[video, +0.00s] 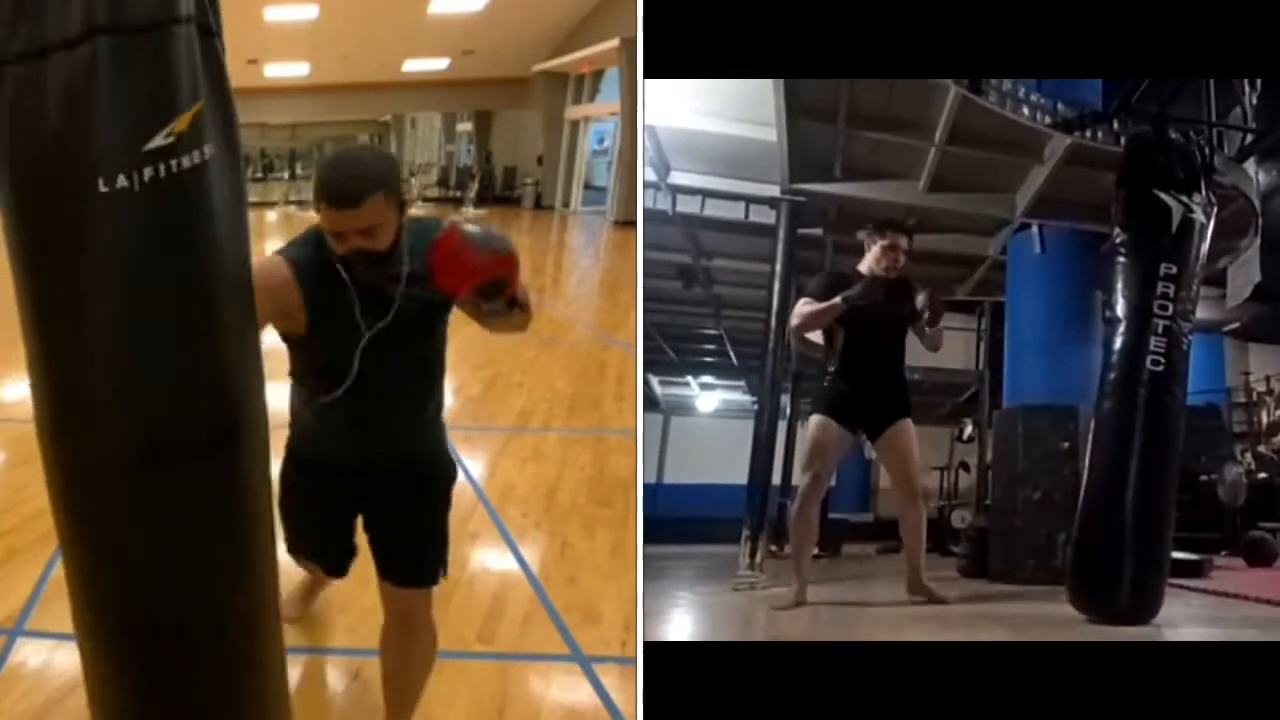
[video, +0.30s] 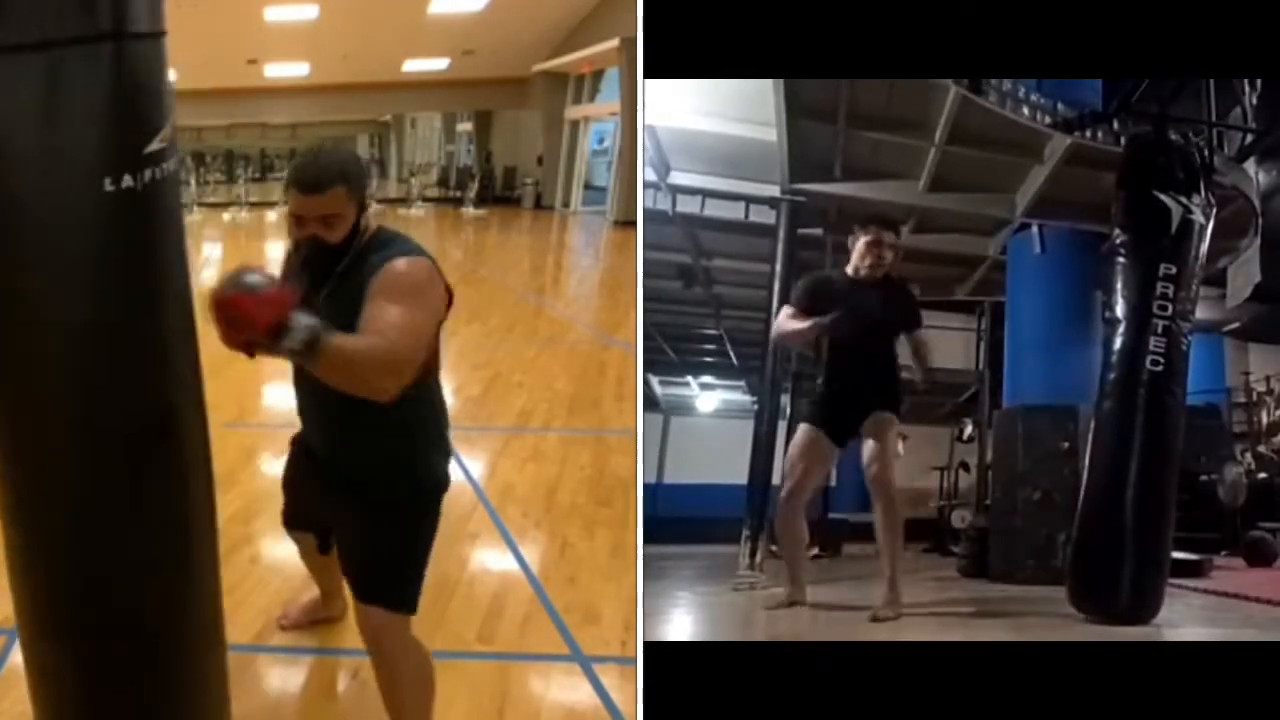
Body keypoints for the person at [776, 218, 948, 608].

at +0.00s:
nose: (895, 257)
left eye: (901, 253)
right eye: (888, 249)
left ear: (905, 259)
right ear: (868, 248)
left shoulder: (904, 293)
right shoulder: (837, 282)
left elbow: (933, 344)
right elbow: (799, 321)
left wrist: (933, 317)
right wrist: (846, 299)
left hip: (889, 401)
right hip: (841, 398)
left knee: (911, 490)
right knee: (810, 486)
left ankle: (917, 582)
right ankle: (799, 585)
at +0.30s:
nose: (880, 253)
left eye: (888, 248)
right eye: (872, 244)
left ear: (894, 256)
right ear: (853, 247)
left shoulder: (897, 294)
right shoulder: (821, 285)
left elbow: (917, 344)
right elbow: (780, 329)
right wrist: (816, 325)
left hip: (879, 396)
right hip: (833, 395)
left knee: (877, 472)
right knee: (791, 492)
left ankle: (891, 592)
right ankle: (796, 589)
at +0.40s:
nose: (869, 253)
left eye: (876, 248)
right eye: (863, 246)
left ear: (886, 256)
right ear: (846, 251)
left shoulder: (896, 295)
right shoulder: (817, 293)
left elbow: (932, 346)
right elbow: (777, 344)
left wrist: (945, 372)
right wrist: (792, 337)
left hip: (875, 404)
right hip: (827, 405)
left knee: (870, 480)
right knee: (787, 495)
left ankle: (888, 596)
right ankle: (795, 591)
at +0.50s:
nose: (834, 236)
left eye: (842, 228)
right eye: (830, 228)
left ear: (864, 229)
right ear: (828, 231)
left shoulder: (881, 269)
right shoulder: (850, 277)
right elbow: (860, 338)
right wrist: (819, 338)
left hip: (892, 380)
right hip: (859, 381)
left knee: (860, 469)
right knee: (822, 474)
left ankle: (899, 579)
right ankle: (806, 574)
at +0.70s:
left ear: (832, 257)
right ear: (875, 253)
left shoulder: (822, 275)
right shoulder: (891, 271)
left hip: (902, 362)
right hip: (944, 350)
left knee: (892, 485)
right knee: (932, 403)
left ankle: (902, 597)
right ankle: (1022, 408)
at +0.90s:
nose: (797, 347)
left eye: (794, 339)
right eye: (792, 342)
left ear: (798, 326)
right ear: (809, 315)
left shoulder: (822, 321)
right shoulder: (849, 313)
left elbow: (789, 316)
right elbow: (906, 301)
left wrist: (789, 322)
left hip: (920, 364)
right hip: (951, 335)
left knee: (917, 483)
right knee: (1062, 348)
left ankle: (906, 597)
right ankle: (1146, 327)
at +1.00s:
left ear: (817, 318)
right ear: (834, 304)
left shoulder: (828, 318)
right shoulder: (869, 308)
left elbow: (812, 330)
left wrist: (823, 365)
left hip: (930, 367)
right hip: (966, 341)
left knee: (918, 484)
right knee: (1063, 387)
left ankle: (906, 597)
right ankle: (1123, 345)